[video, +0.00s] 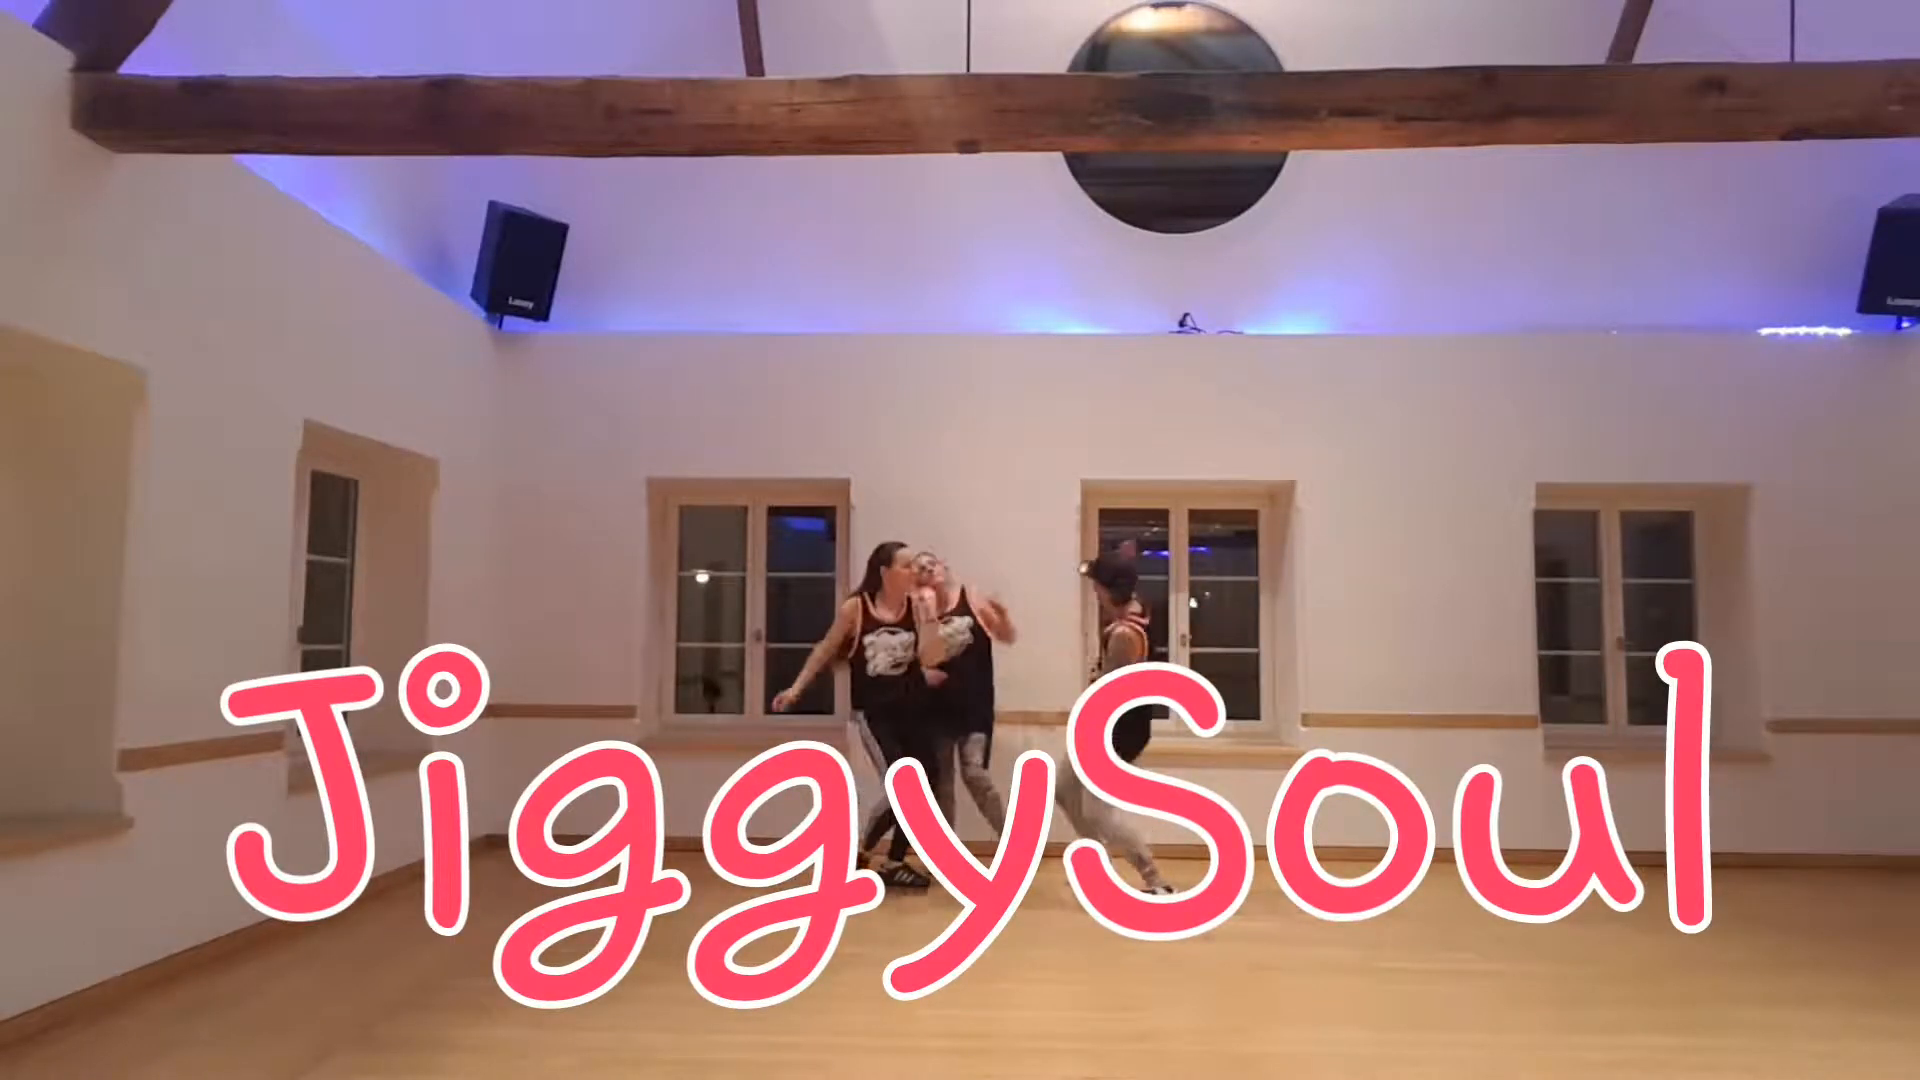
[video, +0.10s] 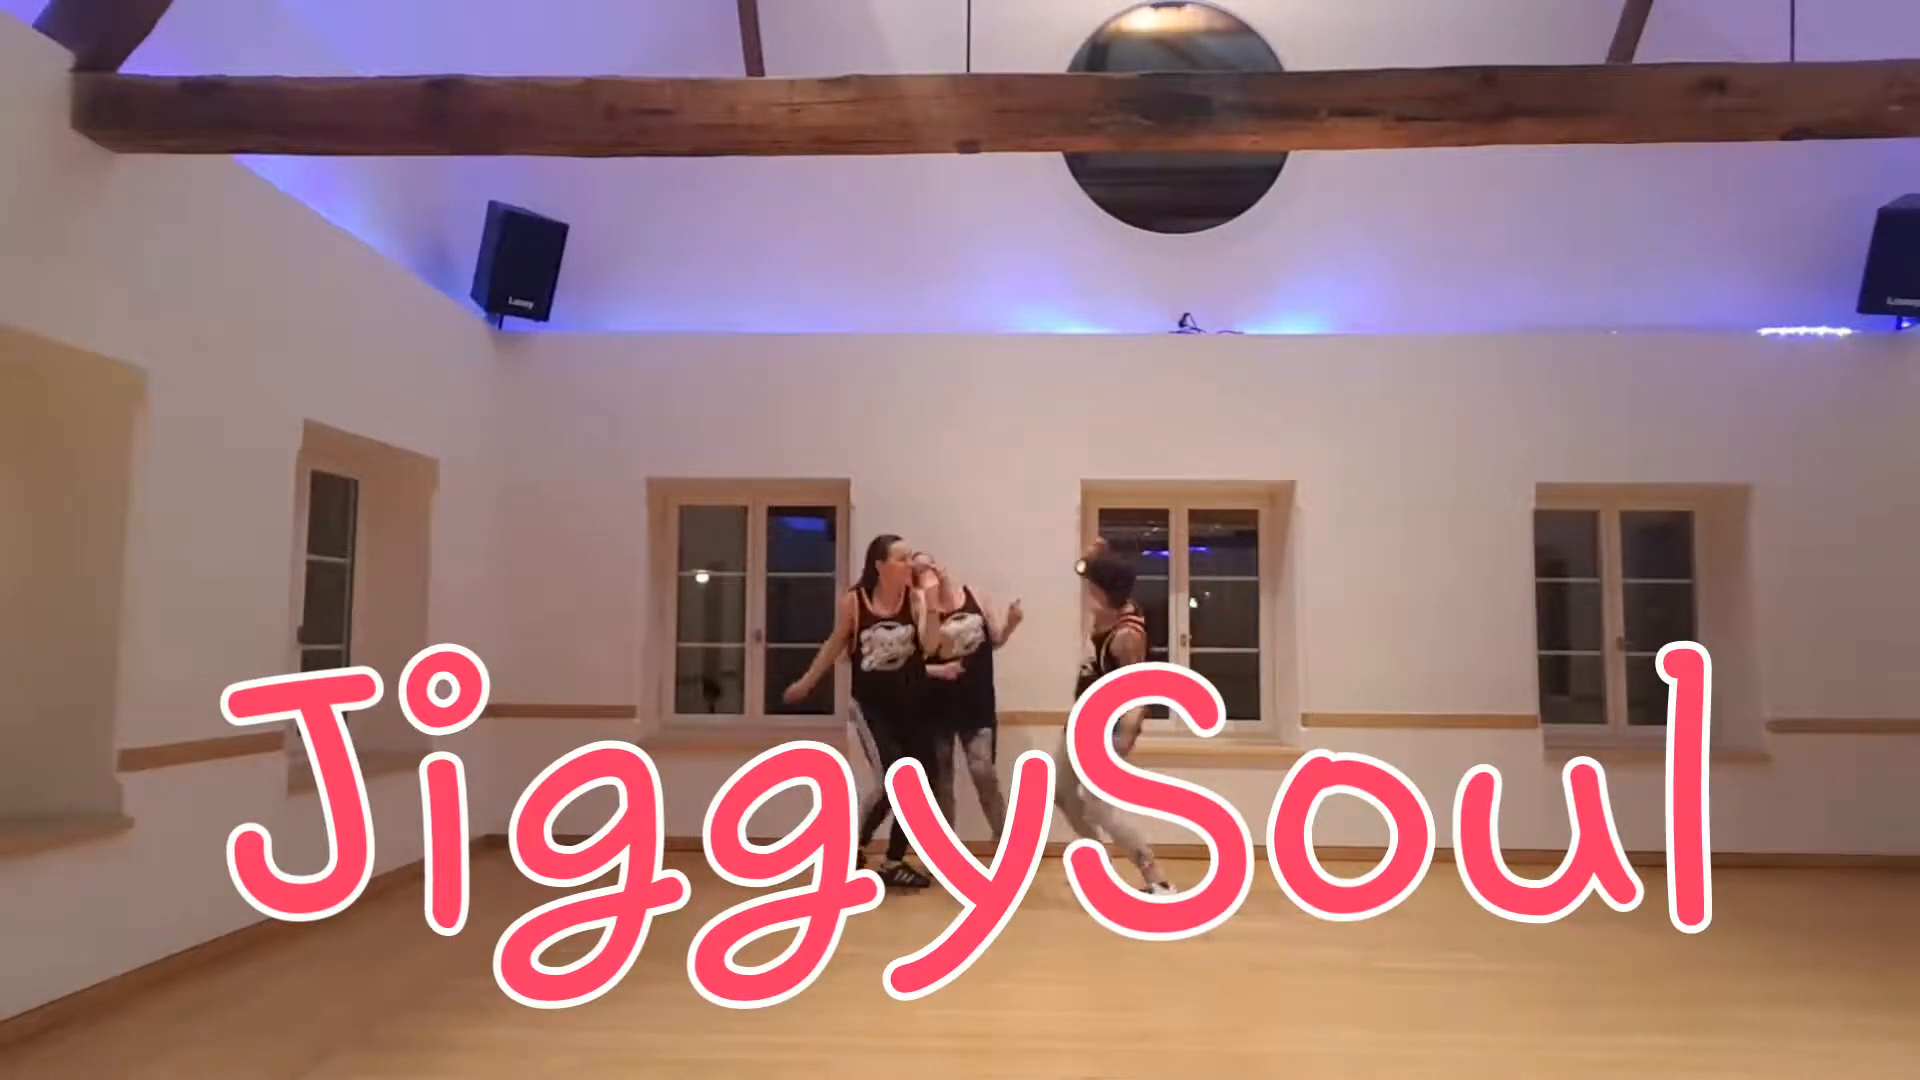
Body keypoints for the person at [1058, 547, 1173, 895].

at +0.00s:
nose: (1095, 592)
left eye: (1097, 586)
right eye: (1096, 586)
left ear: (1105, 590)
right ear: (1127, 587)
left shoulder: (1122, 635)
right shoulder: (1131, 625)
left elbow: (1114, 691)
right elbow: (1114, 685)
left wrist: (1096, 732)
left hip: (1121, 732)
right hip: (1127, 727)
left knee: (1096, 810)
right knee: (1065, 785)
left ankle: (1155, 882)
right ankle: (1097, 854)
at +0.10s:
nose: (1087, 592)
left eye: (1090, 586)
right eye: (1087, 585)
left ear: (1101, 592)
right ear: (1114, 590)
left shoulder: (1127, 635)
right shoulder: (1106, 623)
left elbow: (1134, 698)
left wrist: (1124, 740)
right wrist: (1096, 558)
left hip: (1108, 733)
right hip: (1084, 727)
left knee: (1099, 804)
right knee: (1062, 787)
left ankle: (1155, 881)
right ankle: (1094, 853)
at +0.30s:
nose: (1082, 570)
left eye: (1087, 567)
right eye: (1083, 565)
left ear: (1104, 574)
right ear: (1092, 571)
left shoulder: (1132, 610)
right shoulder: (1080, 581)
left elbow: (1171, 650)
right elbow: (1031, 573)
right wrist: (1047, 537)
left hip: (1100, 713)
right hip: (1069, 706)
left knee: (1090, 784)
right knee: (1069, 778)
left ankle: (1111, 859)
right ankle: (1105, 852)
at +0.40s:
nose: (1084, 565)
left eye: (1090, 562)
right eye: (1085, 560)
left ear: (1106, 570)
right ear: (1089, 567)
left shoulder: (1134, 603)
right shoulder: (1073, 583)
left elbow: (1174, 640)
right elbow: (1023, 588)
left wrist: (1217, 667)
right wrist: (1039, 546)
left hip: (1102, 711)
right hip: (1065, 704)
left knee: (1087, 785)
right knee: (1066, 782)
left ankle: (1093, 854)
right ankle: (1093, 850)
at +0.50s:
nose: (1084, 574)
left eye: (1091, 570)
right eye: (1085, 569)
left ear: (1108, 577)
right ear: (1090, 575)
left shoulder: (1136, 610)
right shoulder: (1073, 598)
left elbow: (1169, 646)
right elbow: (1031, 616)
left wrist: (1213, 669)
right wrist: (1039, 571)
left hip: (1109, 704)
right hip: (1067, 700)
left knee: (1079, 782)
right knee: (1057, 787)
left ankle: (1091, 856)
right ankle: (1071, 858)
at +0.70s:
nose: (1090, 577)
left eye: (1097, 572)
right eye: (1089, 571)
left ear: (1116, 577)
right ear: (1087, 573)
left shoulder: (1135, 610)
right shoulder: (1076, 599)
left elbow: (1143, 653)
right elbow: (1050, 628)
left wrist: (1167, 685)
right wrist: (1063, 585)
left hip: (1111, 713)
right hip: (1067, 711)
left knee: (1090, 786)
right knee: (1066, 797)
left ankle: (1090, 867)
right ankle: (1097, 856)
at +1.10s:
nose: (1101, 570)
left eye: (1108, 563)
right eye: (1099, 563)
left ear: (1127, 567)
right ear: (1098, 569)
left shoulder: (1151, 602)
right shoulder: (1090, 600)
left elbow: (1198, 621)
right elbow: (1058, 643)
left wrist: (1209, 582)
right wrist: (1075, 611)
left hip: (1138, 713)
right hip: (1091, 713)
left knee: (1147, 792)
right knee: (1076, 797)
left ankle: (1173, 873)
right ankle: (1089, 859)